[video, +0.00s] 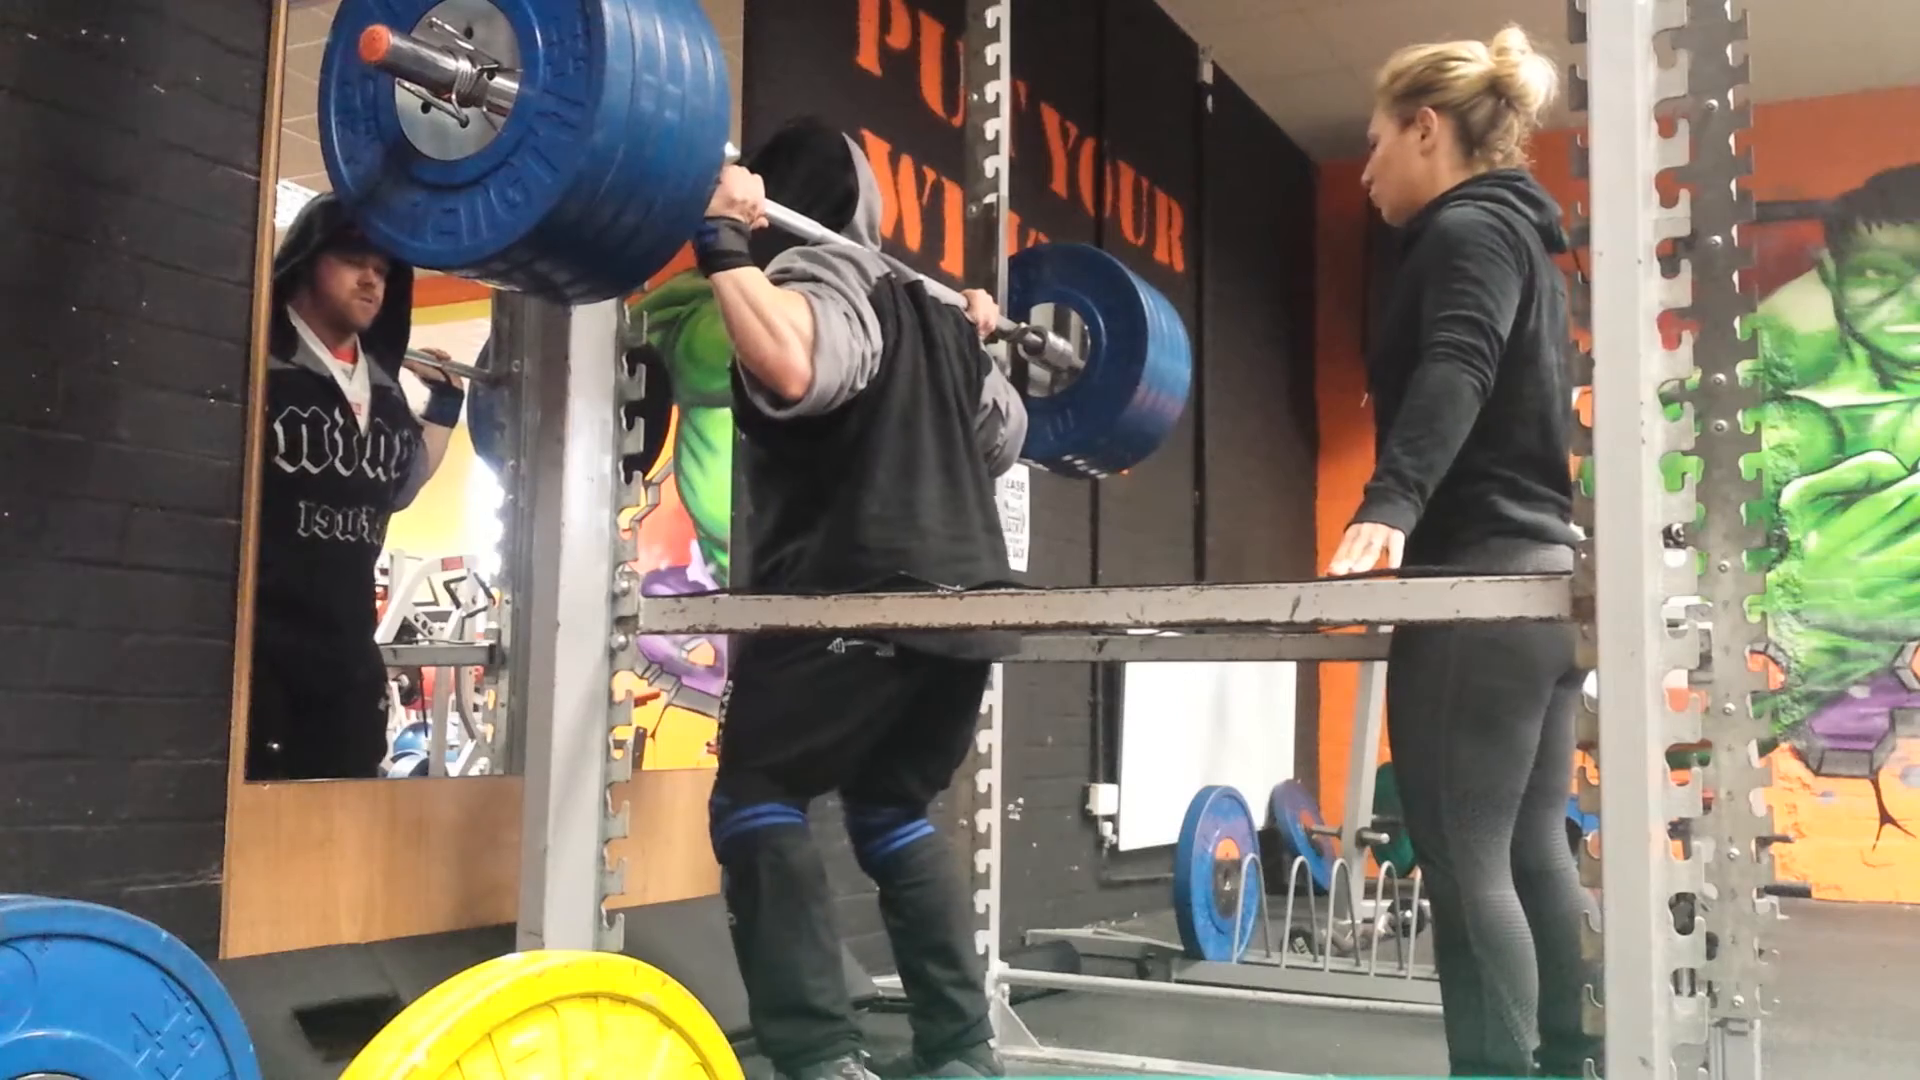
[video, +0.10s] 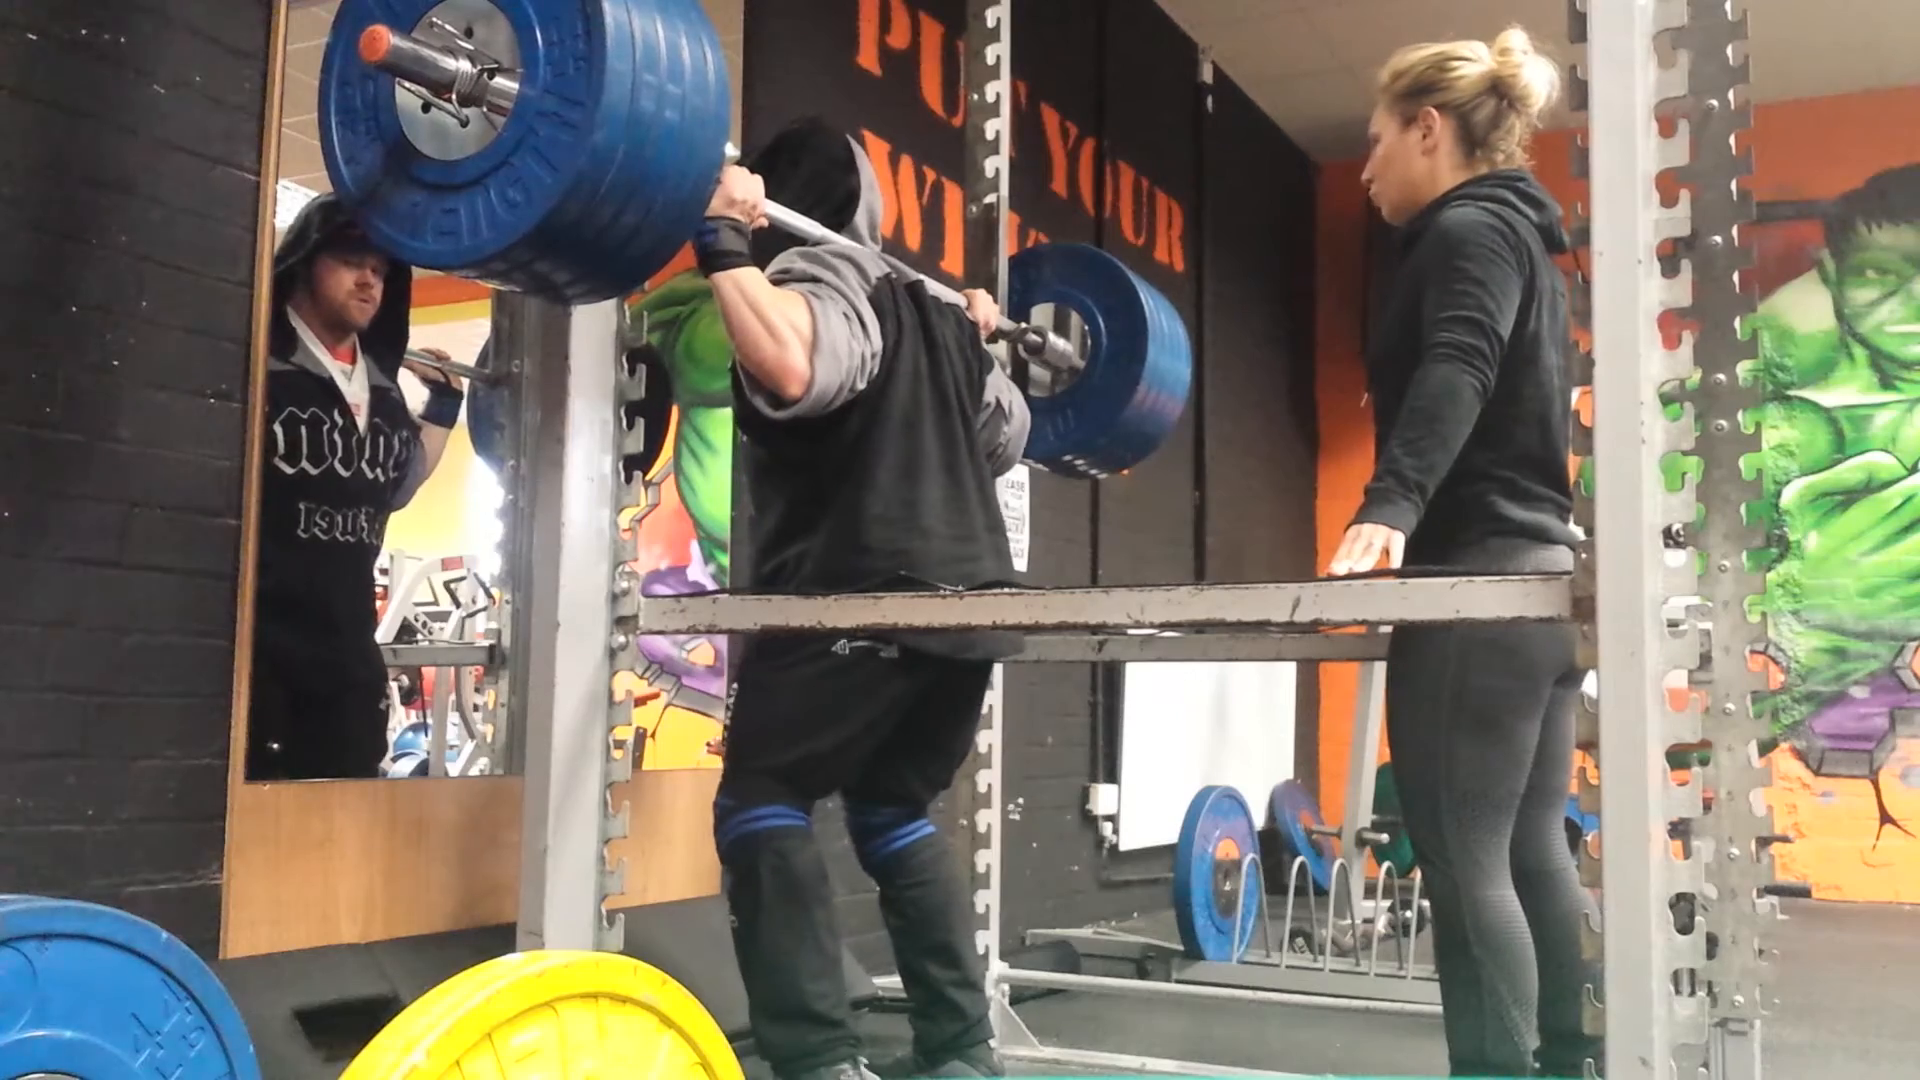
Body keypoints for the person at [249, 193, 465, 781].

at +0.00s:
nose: (372, 280)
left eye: (382, 271)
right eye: (354, 261)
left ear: (388, 290)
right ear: (306, 267)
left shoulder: (387, 389)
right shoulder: (257, 356)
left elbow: (400, 491)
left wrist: (446, 403)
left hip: (347, 637)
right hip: (257, 628)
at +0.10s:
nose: (369, 281)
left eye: (379, 270)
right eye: (351, 261)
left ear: (386, 289)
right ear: (304, 268)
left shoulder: (386, 390)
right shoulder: (256, 358)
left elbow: (398, 491)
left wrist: (444, 404)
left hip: (347, 638)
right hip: (257, 630)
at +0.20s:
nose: (369, 283)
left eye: (379, 273)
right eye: (350, 263)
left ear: (386, 292)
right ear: (303, 269)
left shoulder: (385, 392)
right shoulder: (255, 358)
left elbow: (397, 491)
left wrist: (445, 404)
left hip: (344, 637)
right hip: (254, 629)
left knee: (340, 818)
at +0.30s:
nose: (371, 289)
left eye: (381, 278)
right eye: (353, 269)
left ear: (388, 295)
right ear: (305, 272)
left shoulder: (385, 395)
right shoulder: (255, 358)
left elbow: (398, 492)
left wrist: (446, 403)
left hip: (342, 638)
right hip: (253, 628)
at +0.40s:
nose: (372, 304)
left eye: (382, 292)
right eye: (357, 283)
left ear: (392, 303)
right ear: (310, 278)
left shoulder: (381, 392)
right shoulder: (255, 361)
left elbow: (397, 492)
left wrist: (445, 403)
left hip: (340, 634)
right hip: (252, 626)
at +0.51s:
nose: (374, 323)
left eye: (386, 310)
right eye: (360, 302)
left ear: (397, 317)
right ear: (314, 292)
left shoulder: (381, 396)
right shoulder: (256, 367)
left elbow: (397, 490)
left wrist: (444, 402)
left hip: (338, 635)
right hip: (251, 628)